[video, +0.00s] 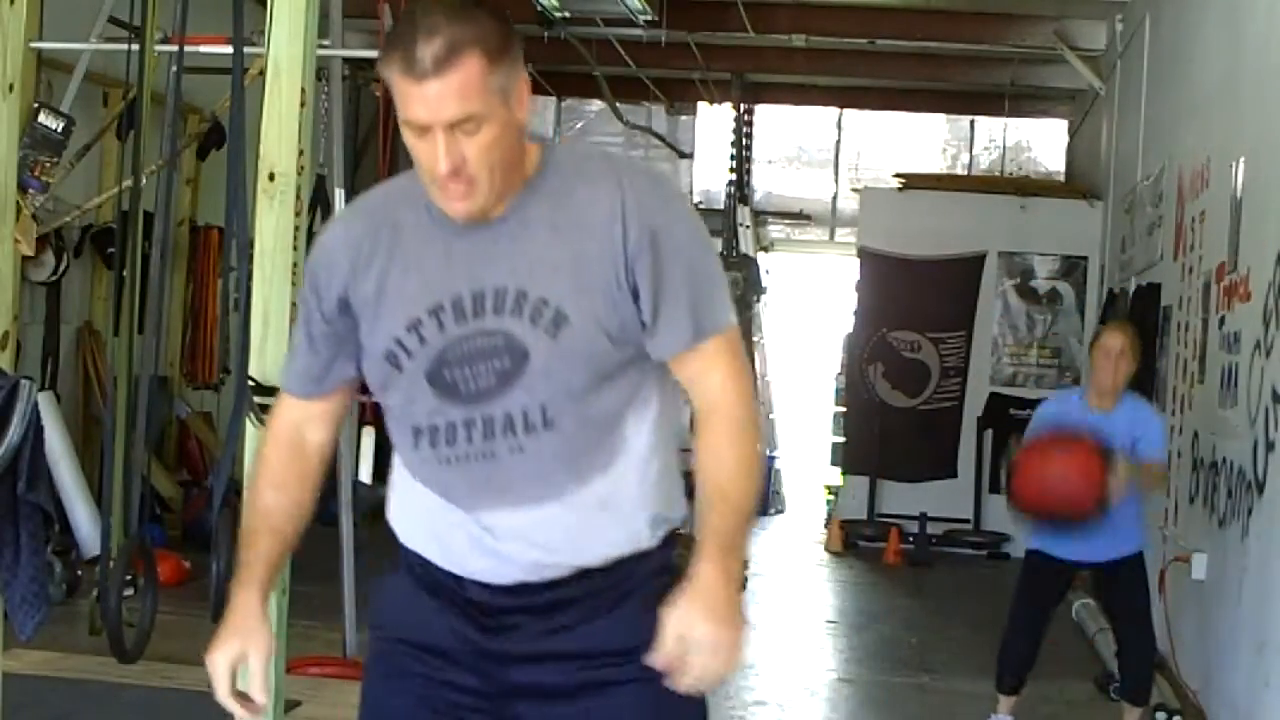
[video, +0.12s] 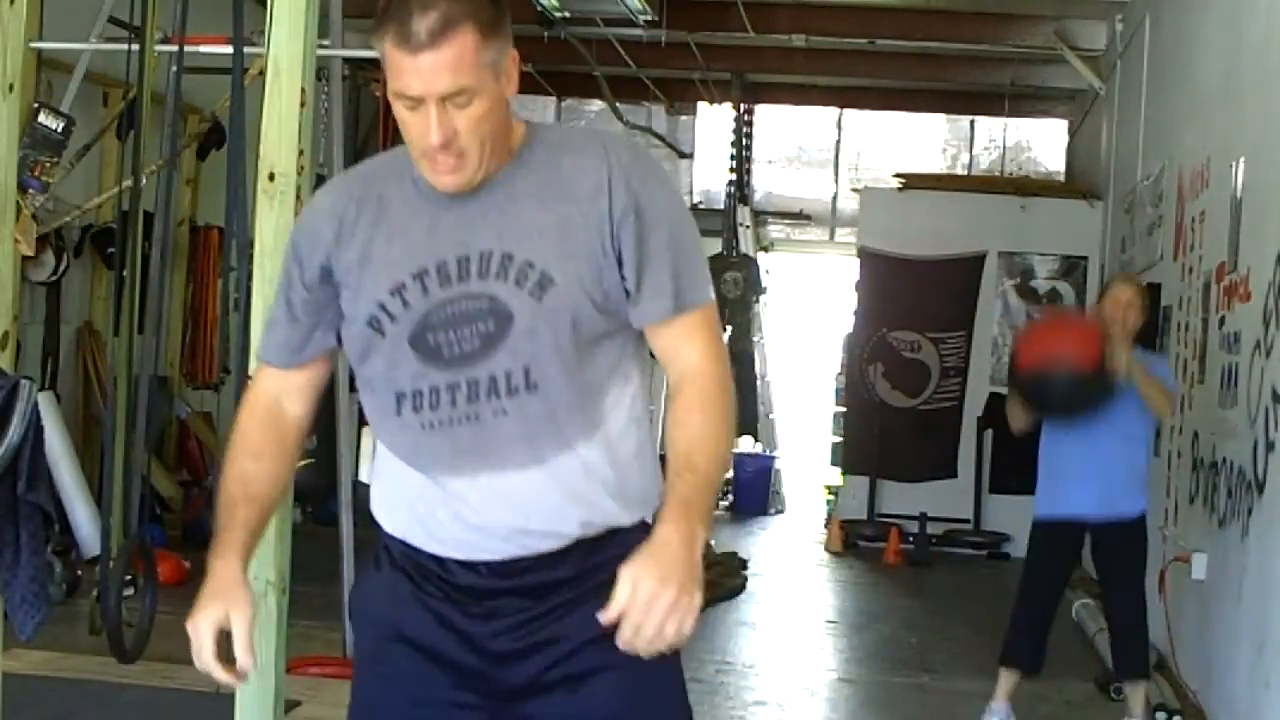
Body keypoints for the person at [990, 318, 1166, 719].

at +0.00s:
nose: (1111, 363)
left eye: (1121, 356)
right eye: (1104, 353)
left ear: (1133, 365)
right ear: (1090, 358)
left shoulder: (1144, 418)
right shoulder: (1055, 407)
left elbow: (1157, 476)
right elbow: (1025, 461)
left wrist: (1123, 471)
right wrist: (1045, 472)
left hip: (1119, 551)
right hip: (1052, 546)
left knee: (1139, 645)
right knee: (1022, 631)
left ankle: (1133, 712)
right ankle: (1003, 712)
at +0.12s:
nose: (1123, 313)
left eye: (1132, 306)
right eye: (1116, 304)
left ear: (1143, 316)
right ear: (1099, 308)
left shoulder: (1151, 364)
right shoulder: (1068, 353)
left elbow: (1166, 411)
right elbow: (1020, 422)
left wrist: (1128, 363)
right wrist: (1029, 361)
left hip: (1122, 512)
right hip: (1059, 509)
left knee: (1128, 613)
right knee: (1033, 607)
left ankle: (1137, 712)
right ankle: (999, 705)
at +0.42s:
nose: (1140, 334)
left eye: (1148, 326)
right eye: (1134, 324)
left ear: (1157, 341)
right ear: (1109, 329)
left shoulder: (1152, 393)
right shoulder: (1061, 383)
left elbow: (1142, 384)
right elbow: (1005, 402)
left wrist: (1119, 313)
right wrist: (1018, 330)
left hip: (1121, 538)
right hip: (1055, 534)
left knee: (1138, 638)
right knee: (1029, 625)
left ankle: (1136, 713)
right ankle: (1007, 711)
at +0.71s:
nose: (1145, 365)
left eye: (1154, 362)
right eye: (1138, 354)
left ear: (1158, 373)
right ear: (1116, 354)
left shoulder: (1157, 416)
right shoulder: (1061, 412)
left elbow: (1130, 414)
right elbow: (1017, 464)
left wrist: (1110, 367)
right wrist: (1021, 404)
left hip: (1113, 556)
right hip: (1047, 551)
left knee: (1139, 650)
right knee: (1017, 638)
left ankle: (1136, 712)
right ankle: (1006, 709)